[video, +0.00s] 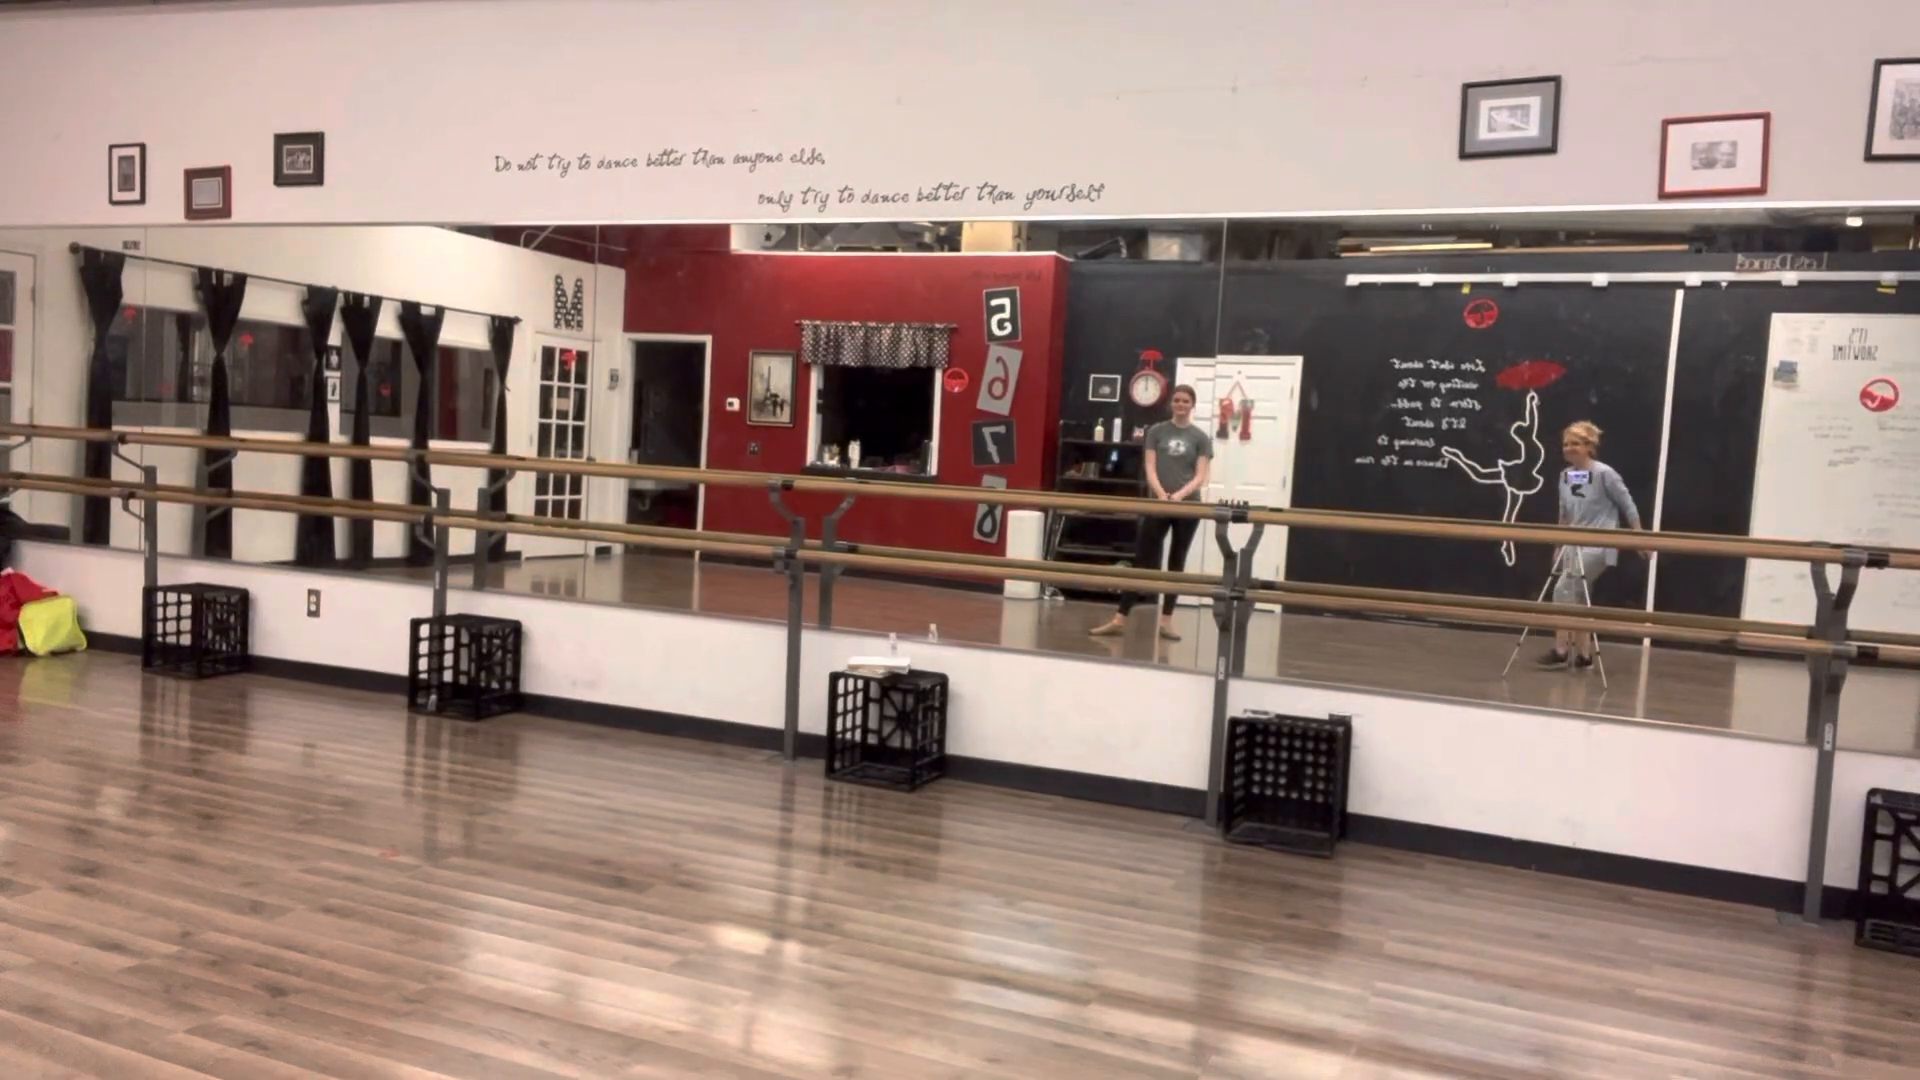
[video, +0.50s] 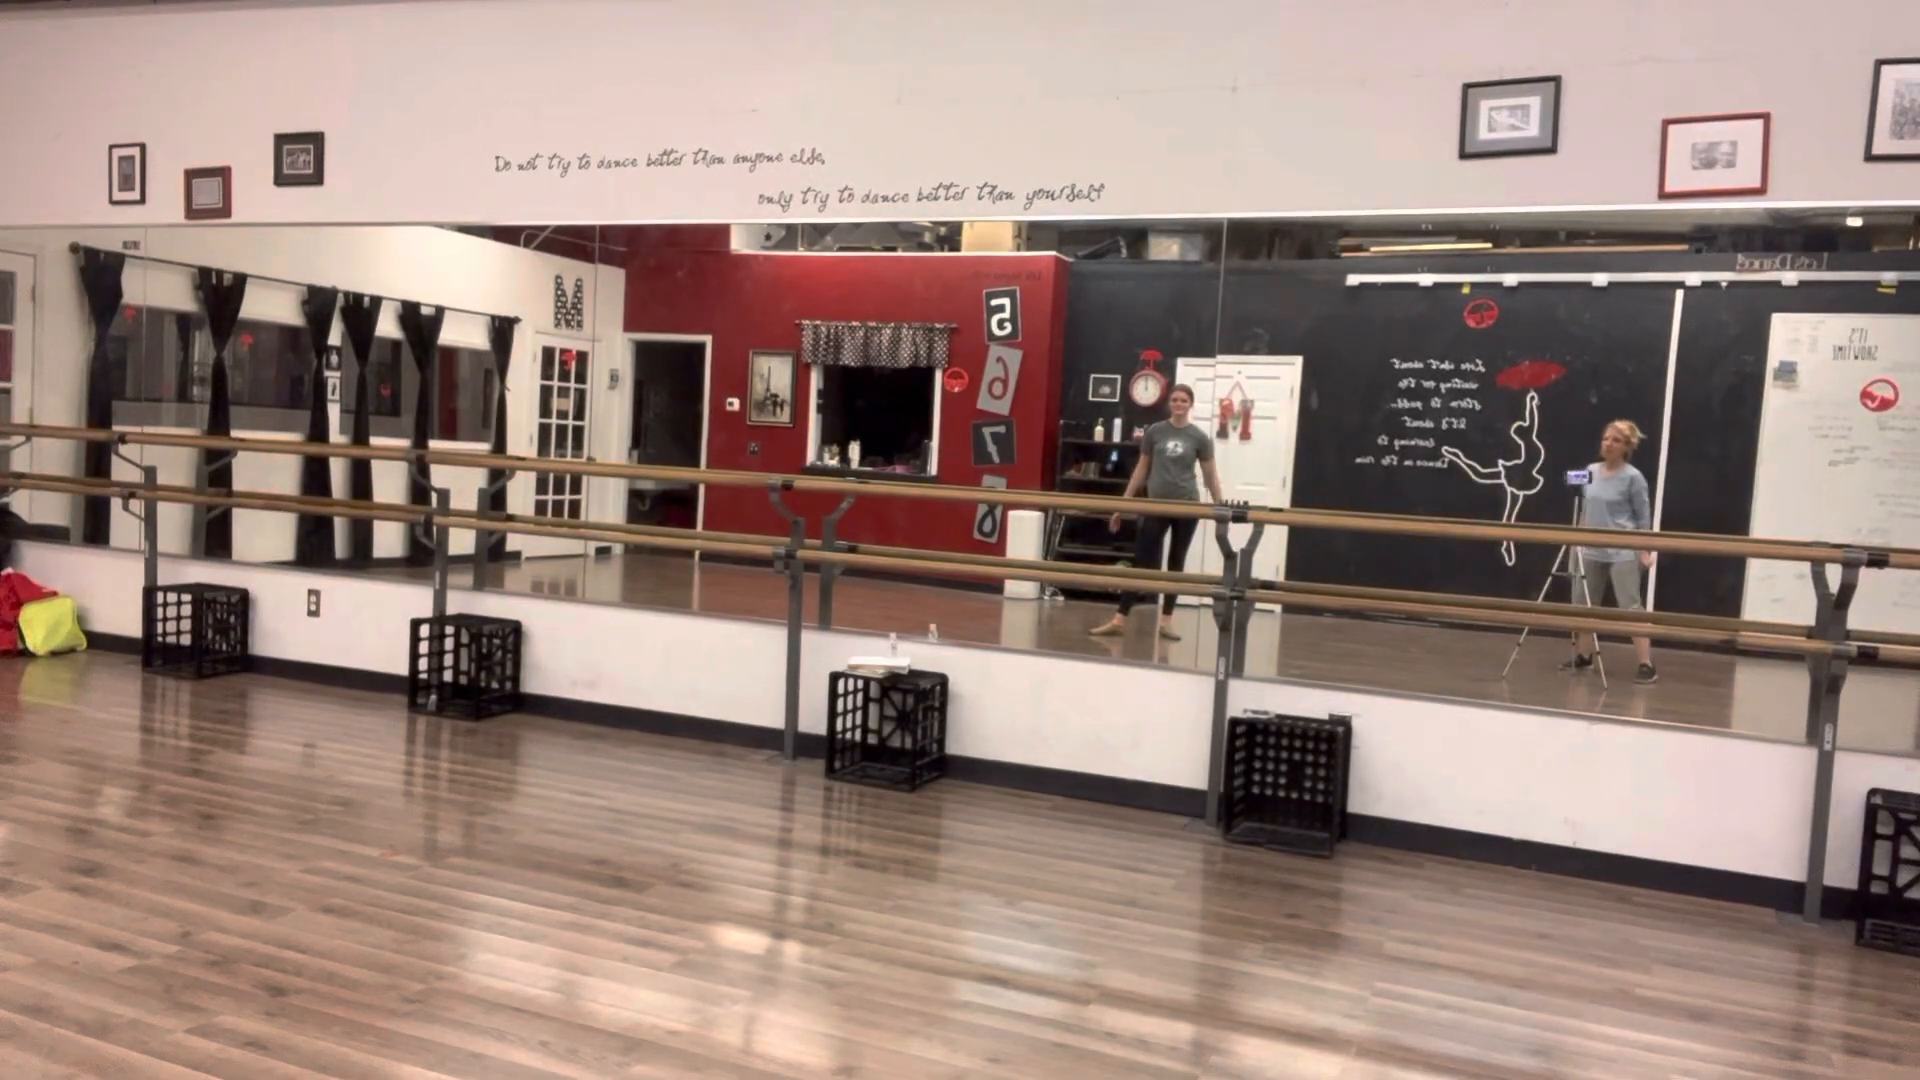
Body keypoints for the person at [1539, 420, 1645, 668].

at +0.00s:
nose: (1567, 448)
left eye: (1573, 443)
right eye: (1565, 443)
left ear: (1588, 447)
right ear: (1564, 447)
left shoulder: (1604, 473)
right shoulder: (1565, 476)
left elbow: (1627, 504)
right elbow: (1564, 515)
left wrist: (1639, 538)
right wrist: (1559, 546)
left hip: (1599, 544)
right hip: (1573, 544)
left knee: (1563, 590)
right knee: (1576, 597)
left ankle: (1561, 648)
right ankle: (1584, 652)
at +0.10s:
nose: (1573, 447)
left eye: (1580, 443)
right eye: (1571, 443)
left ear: (1594, 447)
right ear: (1569, 446)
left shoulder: (1608, 473)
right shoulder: (1570, 474)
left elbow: (1630, 504)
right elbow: (1569, 511)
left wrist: (1640, 538)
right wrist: (1565, 540)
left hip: (1604, 543)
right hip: (1578, 543)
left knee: (1571, 590)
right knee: (1577, 595)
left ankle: (1586, 647)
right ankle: (1584, 649)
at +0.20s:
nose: (1580, 446)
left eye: (1587, 442)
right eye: (1578, 441)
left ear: (1600, 447)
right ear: (1575, 445)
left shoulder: (1612, 474)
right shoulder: (1572, 474)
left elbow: (1631, 507)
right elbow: (1572, 509)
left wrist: (1638, 541)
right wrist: (1568, 537)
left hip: (1609, 543)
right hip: (1580, 542)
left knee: (1586, 591)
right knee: (1574, 595)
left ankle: (1609, 647)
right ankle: (1584, 651)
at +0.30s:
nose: (1589, 444)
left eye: (1596, 440)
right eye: (1587, 439)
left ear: (1608, 447)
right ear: (1583, 443)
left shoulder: (1616, 475)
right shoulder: (1578, 472)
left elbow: (1632, 511)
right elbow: (1577, 509)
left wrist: (1635, 544)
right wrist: (1569, 537)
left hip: (1610, 548)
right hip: (1580, 546)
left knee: (1602, 598)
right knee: (1577, 602)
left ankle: (1628, 653)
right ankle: (1585, 653)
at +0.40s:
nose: (1599, 444)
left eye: (1606, 440)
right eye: (1596, 438)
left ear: (1618, 447)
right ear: (1592, 442)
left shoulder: (1624, 476)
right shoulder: (1584, 471)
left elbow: (1635, 514)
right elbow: (1578, 509)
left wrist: (1636, 546)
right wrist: (1571, 538)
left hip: (1614, 549)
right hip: (1583, 546)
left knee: (1621, 604)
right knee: (1580, 603)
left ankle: (1640, 658)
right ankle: (1585, 653)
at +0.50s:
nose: (1608, 444)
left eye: (1616, 441)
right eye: (1606, 439)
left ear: (1627, 447)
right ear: (1601, 442)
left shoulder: (1634, 478)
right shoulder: (1590, 472)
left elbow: (1643, 516)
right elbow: (1585, 510)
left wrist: (1644, 548)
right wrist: (1576, 538)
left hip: (1623, 550)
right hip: (1590, 548)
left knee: (1631, 606)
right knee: (1582, 603)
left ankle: (1645, 661)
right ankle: (1583, 654)